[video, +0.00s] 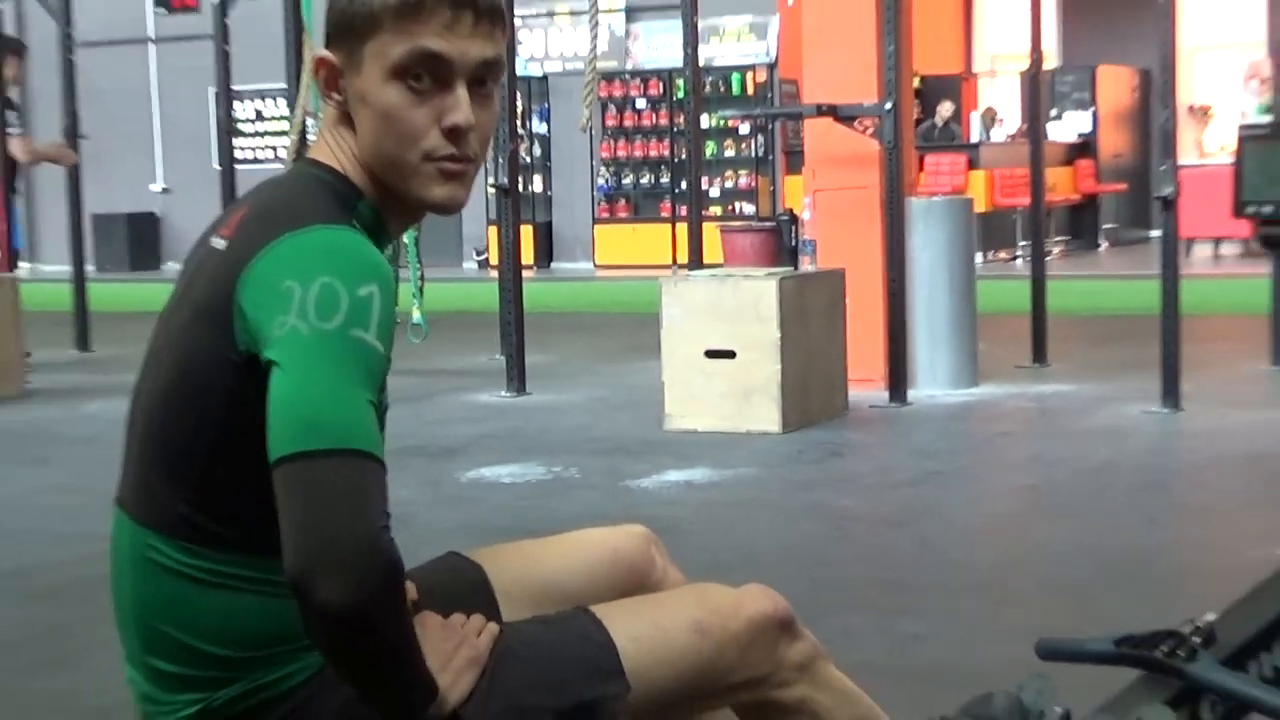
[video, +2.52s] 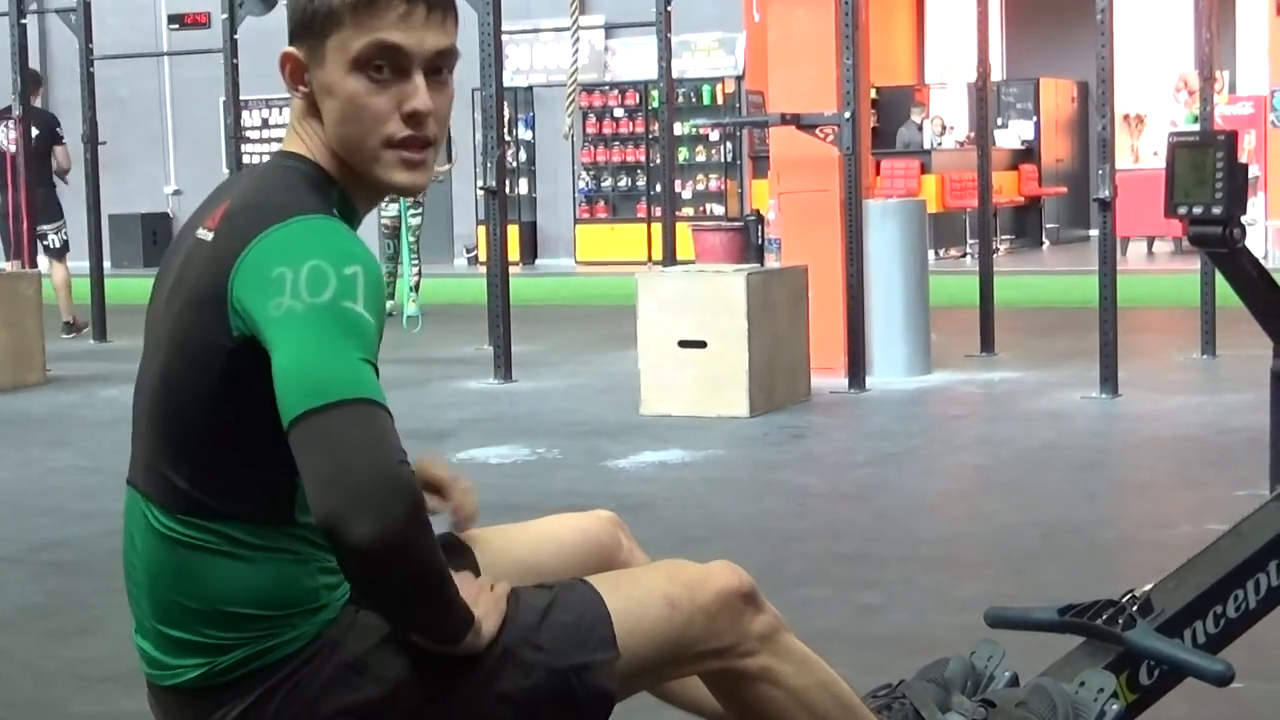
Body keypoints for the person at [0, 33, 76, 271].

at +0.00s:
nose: (20, 69)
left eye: (20, 61)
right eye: (17, 61)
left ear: (9, 63)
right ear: (6, 62)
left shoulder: (8, 104)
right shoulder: (6, 104)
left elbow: (20, 151)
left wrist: (51, 152)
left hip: (7, 197)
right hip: (5, 198)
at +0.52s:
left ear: (18, 80)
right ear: (44, 79)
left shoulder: (5, 117)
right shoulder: (55, 113)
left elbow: (13, 160)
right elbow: (75, 162)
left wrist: (66, 167)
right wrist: (62, 165)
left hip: (16, 201)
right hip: (47, 201)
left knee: (27, 276)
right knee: (59, 274)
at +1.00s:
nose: (25, 84)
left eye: (17, 80)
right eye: (31, 79)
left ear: (10, 82)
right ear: (35, 80)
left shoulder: (2, 115)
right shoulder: (53, 112)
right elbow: (69, 159)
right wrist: (48, 169)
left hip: (15, 205)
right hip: (52, 201)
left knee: (25, 275)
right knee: (70, 269)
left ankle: (30, 343)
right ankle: (80, 335)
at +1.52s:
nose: (62, 84)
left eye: (60, 79)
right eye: (61, 79)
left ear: (33, 80)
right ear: (56, 80)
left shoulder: (16, 111)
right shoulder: (75, 114)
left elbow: (7, 160)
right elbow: (78, 158)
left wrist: (29, 153)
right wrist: (54, 157)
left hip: (30, 197)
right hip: (65, 197)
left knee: (24, 265)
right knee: (66, 264)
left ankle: (24, 333)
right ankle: (68, 330)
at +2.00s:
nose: (50, 90)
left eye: (46, 86)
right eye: (49, 86)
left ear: (23, 87)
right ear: (44, 86)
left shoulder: (6, 119)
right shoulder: (61, 118)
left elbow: (3, 166)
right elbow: (72, 163)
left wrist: (22, 171)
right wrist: (46, 164)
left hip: (19, 197)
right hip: (53, 197)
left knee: (20, 262)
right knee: (57, 259)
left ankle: (20, 327)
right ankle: (61, 323)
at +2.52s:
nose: (42, 94)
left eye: (41, 89)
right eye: (42, 90)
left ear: (16, 88)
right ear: (37, 90)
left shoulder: (2, 116)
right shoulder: (46, 119)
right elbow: (64, 164)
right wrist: (58, 172)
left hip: (8, 201)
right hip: (41, 198)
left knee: (15, 265)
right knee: (58, 259)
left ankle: (15, 327)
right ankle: (68, 320)